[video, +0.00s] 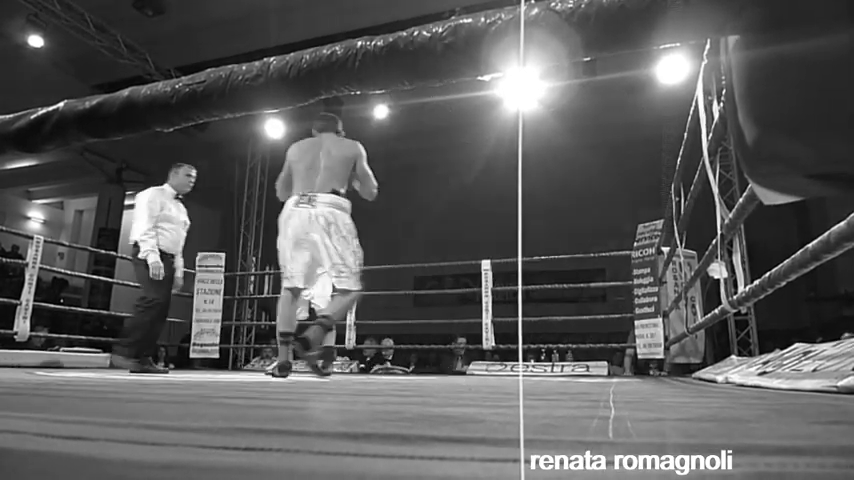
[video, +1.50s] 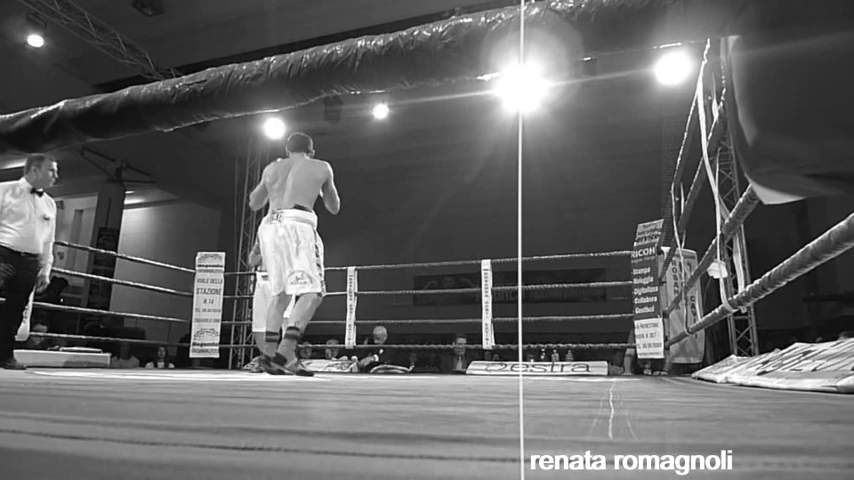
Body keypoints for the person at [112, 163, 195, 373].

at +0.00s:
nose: (192, 182)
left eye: (194, 179)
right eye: (189, 176)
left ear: (192, 183)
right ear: (174, 174)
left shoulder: (181, 210)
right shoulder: (151, 195)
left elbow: (178, 245)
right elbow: (143, 228)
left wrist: (179, 270)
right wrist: (152, 255)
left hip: (168, 258)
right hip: (148, 253)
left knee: (161, 305)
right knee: (153, 299)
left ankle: (144, 356)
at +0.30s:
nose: (138, 188)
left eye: (140, 184)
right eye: (134, 182)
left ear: (140, 189)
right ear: (119, 179)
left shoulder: (125, 216)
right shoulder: (95, 201)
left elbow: (119, 247)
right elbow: (93, 237)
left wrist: (116, 267)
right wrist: (110, 263)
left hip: (108, 263)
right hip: (85, 258)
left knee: (115, 311)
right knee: (68, 309)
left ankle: (133, 359)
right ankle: (42, 358)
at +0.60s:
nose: (105, 181)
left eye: (107, 178)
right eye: (101, 175)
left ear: (107, 182)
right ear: (85, 173)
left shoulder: (94, 209)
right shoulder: (62, 195)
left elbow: (90, 246)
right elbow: (38, 228)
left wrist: (95, 272)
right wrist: (28, 258)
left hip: (81, 261)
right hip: (58, 255)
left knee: (80, 306)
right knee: (52, 305)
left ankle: (52, 351)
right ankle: (39, 355)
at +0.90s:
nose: (86, 185)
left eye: (87, 182)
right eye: (82, 180)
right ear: (66, 178)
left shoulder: (76, 213)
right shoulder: (38, 197)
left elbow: (75, 246)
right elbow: (11, 230)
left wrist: (77, 272)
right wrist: (2, 256)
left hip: (55, 261)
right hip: (34, 254)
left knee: (27, 307)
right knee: (45, 303)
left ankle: (5, 352)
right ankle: (39, 356)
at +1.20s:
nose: (73, 184)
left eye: (74, 181)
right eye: (70, 179)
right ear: (53, 177)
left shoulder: (63, 210)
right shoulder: (23, 196)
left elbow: (60, 245)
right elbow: (2, 229)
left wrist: (57, 271)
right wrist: (1, 260)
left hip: (43, 262)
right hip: (20, 255)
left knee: (24, 308)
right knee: (16, 300)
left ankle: (6, 352)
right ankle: (4, 352)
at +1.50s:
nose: (55, 176)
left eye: (56, 172)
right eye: (51, 171)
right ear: (34, 170)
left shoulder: (50, 204)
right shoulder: (6, 190)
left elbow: (49, 241)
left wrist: (46, 269)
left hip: (31, 260)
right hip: (6, 255)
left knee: (16, 310)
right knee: (6, 307)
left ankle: (7, 353)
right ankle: (5, 353)